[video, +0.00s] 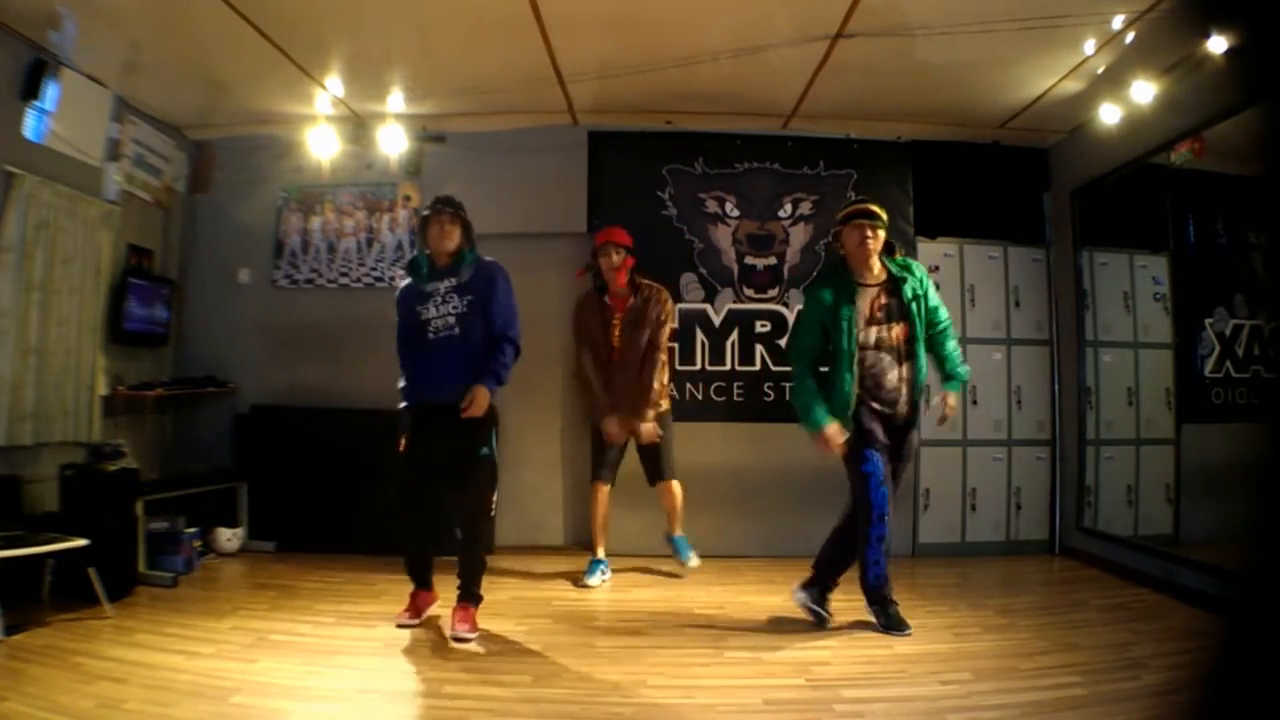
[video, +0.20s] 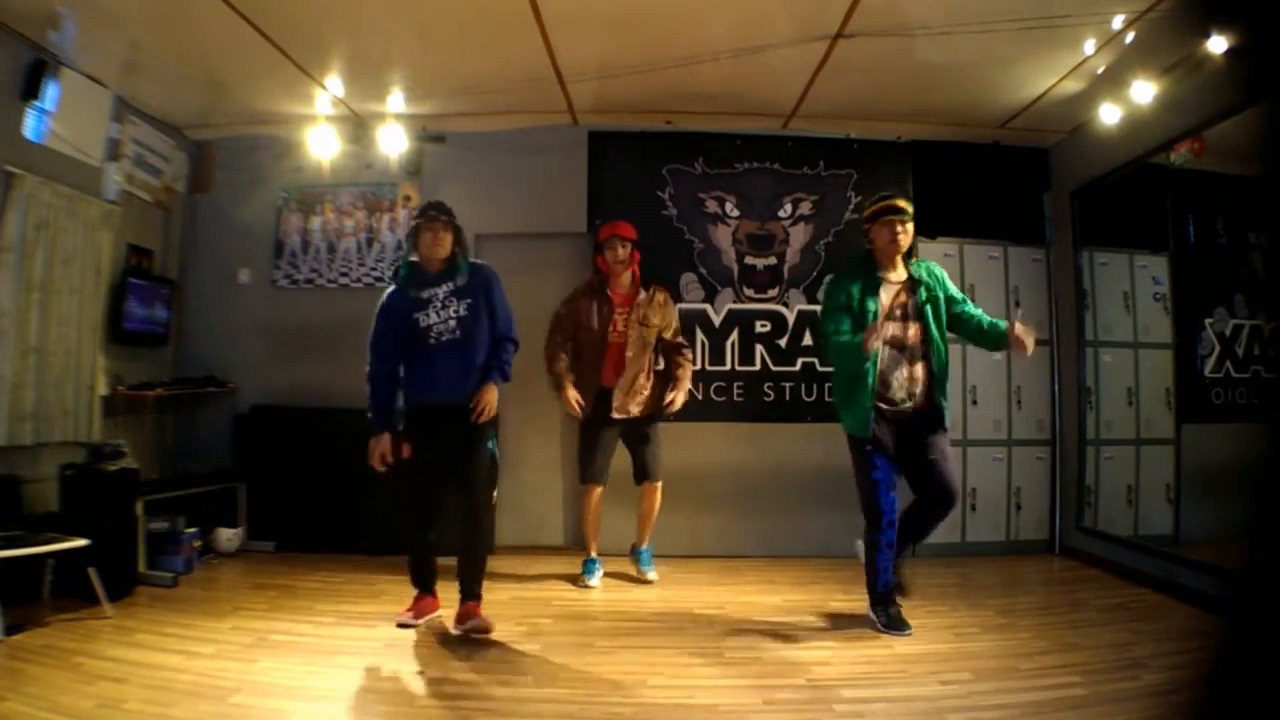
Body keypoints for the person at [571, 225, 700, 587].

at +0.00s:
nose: (612, 259)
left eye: (618, 252)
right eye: (605, 253)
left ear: (630, 257)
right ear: (596, 260)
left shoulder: (657, 298)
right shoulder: (588, 305)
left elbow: (659, 357)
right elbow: (587, 361)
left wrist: (649, 412)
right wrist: (605, 411)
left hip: (650, 402)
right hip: (609, 404)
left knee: (666, 479)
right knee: (600, 481)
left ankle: (676, 534)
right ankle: (599, 558)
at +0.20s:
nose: (617, 253)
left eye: (624, 247)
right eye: (610, 247)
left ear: (634, 252)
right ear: (600, 254)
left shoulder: (655, 301)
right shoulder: (582, 298)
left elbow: (677, 347)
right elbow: (557, 342)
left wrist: (682, 383)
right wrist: (565, 384)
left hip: (643, 401)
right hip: (598, 400)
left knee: (652, 478)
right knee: (593, 481)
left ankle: (643, 549)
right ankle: (592, 559)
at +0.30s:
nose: (618, 255)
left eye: (624, 248)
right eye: (611, 249)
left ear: (635, 255)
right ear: (601, 256)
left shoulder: (657, 303)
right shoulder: (584, 300)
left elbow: (671, 347)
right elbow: (559, 338)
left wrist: (686, 371)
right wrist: (561, 360)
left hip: (640, 405)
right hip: (597, 403)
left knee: (648, 486)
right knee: (593, 486)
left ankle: (639, 554)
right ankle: (590, 560)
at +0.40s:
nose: (620, 246)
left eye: (626, 240)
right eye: (613, 240)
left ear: (636, 246)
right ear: (604, 246)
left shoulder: (655, 291)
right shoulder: (587, 289)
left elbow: (662, 341)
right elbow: (586, 340)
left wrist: (646, 371)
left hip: (645, 391)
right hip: (606, 390)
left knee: (653, 468)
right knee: (597, 474)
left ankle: (648, 547)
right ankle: (593, 556)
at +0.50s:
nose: (623, 250)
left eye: (630, 243)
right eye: (616, 244)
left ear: (640, 248)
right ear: (606, 250)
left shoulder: (660, 291)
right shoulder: (590, 293)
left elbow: (666, 345)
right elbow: (599, 346)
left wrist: (656, 386)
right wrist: (633, 385)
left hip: (650, 395)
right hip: (609, 395)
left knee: (658, 471)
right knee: (605, 477)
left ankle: (661, 550)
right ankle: (603, 551)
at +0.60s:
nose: (629, 266)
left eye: (635, 259)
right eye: (622, 260)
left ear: (645, 264)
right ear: (612, 266)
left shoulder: (665, 308)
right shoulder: (595, 311)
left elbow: (677, 364)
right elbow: (590, 367)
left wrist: (674, 416)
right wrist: (605, 417)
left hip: (656, 414)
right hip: (615, 414)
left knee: (665, 486)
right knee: (610, 492)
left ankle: (667, 559)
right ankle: (604, 556)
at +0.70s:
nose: (633, 265)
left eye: (639, 258)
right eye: (626, 259)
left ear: (649, 264)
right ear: (616, 265)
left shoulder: (671, 308)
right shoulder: (601, 309)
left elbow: (683, 363)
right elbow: (587, 360)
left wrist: (683, 415)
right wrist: (580, 412)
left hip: (661, 413)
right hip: (620, 412)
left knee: (667, 489)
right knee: (618, 491)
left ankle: (666, 560)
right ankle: (607, 553)